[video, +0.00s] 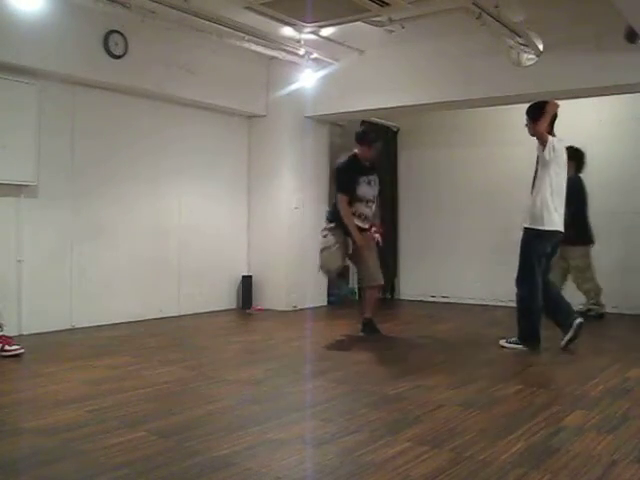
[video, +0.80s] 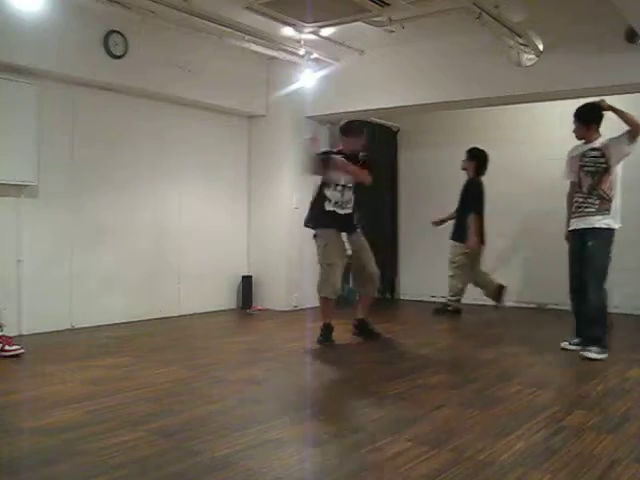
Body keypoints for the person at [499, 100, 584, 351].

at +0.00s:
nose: (529, 130)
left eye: (530, 124)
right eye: (529, 124)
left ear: (540, 122)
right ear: (542, 124)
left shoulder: (551, 148)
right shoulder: (554, 149)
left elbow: (541, 131)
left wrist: (551, 111)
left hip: (541, 227)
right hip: (550, 227)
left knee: (527, 283)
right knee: (539, 281)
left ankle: (528, 339)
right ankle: (568, 320)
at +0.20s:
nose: (536, 133)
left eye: (537, 126)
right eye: (536, 127)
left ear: (547, 124)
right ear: (545, 126)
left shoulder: (561, 152)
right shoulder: (551, 155)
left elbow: (556, 133)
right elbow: (545, 199)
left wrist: (558, 115)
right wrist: (529, 226)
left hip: (549, 227)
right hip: (541, 226)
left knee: (533, 283)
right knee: (540, 282)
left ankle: (528, 339)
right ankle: (576, 324)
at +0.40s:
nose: (543, 134)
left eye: (545, 129)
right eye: (543, 129)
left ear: (558, 129)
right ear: (558, 130)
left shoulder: (574, 150)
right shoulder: (559, 154)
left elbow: (586, 135)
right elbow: (556, 195)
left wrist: (575, 115)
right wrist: (544, 226)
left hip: (567, 229)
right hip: (555, 228)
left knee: (544, 286)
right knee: (561, 285)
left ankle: (529, 339)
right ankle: (587, 335)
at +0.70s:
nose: (565, 132)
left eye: (568, 127)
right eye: (565, 127)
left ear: (581, 127)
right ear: (575, 127)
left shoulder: (602, 147)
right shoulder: (568, 155)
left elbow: (625, 128)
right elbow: (567, 192)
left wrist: (600, 110)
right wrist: (564, 225)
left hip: (595, 223)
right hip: (573, 224)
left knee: (577, 283)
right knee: (576, 283)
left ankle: (568, 339)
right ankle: (590, 338)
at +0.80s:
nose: (574, 130)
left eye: (577, 125)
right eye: (574, 125)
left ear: (590, 126)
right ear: (585, 126)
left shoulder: (611, 148)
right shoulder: (575, 153)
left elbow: (635, 129)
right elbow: (572, 190)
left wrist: (612, 109)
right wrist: (568, 224)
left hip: (600, 225)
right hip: (577, 225)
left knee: (593, 285)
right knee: (577, 285)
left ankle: (598, 343)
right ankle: (583, 336)